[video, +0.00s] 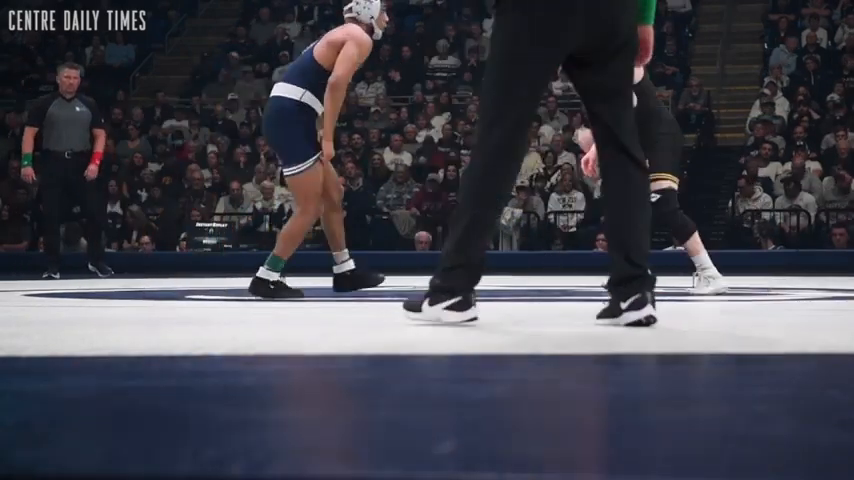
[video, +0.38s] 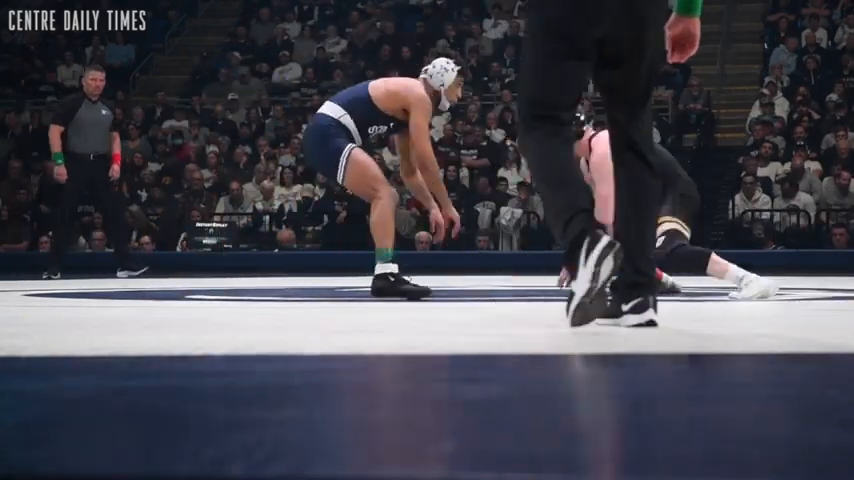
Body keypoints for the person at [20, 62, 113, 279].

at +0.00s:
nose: (71, 82)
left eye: (75, 78)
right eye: (67, 78)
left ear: (80, 81)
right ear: (58, 79)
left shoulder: (89, 105)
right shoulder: (44, 104)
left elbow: (100, 135)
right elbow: (29, 132)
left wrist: (95, 162)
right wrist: (26, 163)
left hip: (82, 164)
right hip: (52, 164)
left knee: (94, 212)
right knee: (51, 214)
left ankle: (95, 260)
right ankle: (52, 265)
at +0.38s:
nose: (98, 84)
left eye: (101, 80)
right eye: (93, 80)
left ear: (104, 83)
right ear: (83, 81)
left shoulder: (108, 109)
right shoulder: (71, 104)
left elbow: (115, 136)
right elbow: (54, 131)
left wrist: (116, 162)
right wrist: (58, 162)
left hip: (101, 167)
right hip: (75, 166)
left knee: (115, 210)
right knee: (65, 213)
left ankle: (124, 263)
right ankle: (54, 265)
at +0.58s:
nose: (124, 86)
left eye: (128, 83)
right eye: (120, 82)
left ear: (132, 86)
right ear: (111, 84)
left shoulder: (130, 109)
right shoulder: (102, 103)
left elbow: (134, 137)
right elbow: (87, 132)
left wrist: (138, 163)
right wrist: (95, 162)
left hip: (125, 166)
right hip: (105, 164)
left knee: (132, 214)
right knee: (89, 214)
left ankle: (127, 263)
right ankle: (59, 261)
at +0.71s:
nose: (137, 86)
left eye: (140, 83)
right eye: (132, 82)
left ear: (144, 86)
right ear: (123, 83)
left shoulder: (140, 109)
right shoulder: (114, 103)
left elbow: (143, 138)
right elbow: (103, 133)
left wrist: (151, 162)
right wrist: (116, 161)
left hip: (134, 164)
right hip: (113, 163)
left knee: (135, 213)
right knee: (108, 211)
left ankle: (129, 264)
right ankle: (78, 253)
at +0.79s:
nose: (143, 85)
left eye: (147, 82)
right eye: (139, 81)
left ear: (150, 84)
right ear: (129, 83)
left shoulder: (145, 107)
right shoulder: (122, 101)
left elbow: (149, 137)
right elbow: (112, 132)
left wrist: (161, 162)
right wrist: (127, 161)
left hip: (139, 162)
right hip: (122, 161)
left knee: (138, 212)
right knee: (129, 209)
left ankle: (129, 263)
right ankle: (100, 254)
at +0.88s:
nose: (151, 86)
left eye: (154, 82)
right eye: (146, 81)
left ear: (157, 85)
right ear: (137, 82)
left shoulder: (152, 107)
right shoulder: (130, 101)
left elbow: (155, 137)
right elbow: (118, 131)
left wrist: (169, 160)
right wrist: (133, 160)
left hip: (143, 161)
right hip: (128, 160)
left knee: (140, 210)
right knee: (138, 209)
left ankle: (129, 260)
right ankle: (126, 260)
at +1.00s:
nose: (162, 87)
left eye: (166, 83)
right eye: (158, 82)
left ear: (168, 86)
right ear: (148, 83)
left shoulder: (161, 107)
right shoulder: (141, 101)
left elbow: (163, 138)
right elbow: (128, 131)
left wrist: (178, 159)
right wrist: (139, 162)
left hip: (153, 163)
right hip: (140, 163)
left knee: (142, 214)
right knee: (163, 209)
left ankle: (129, 264)